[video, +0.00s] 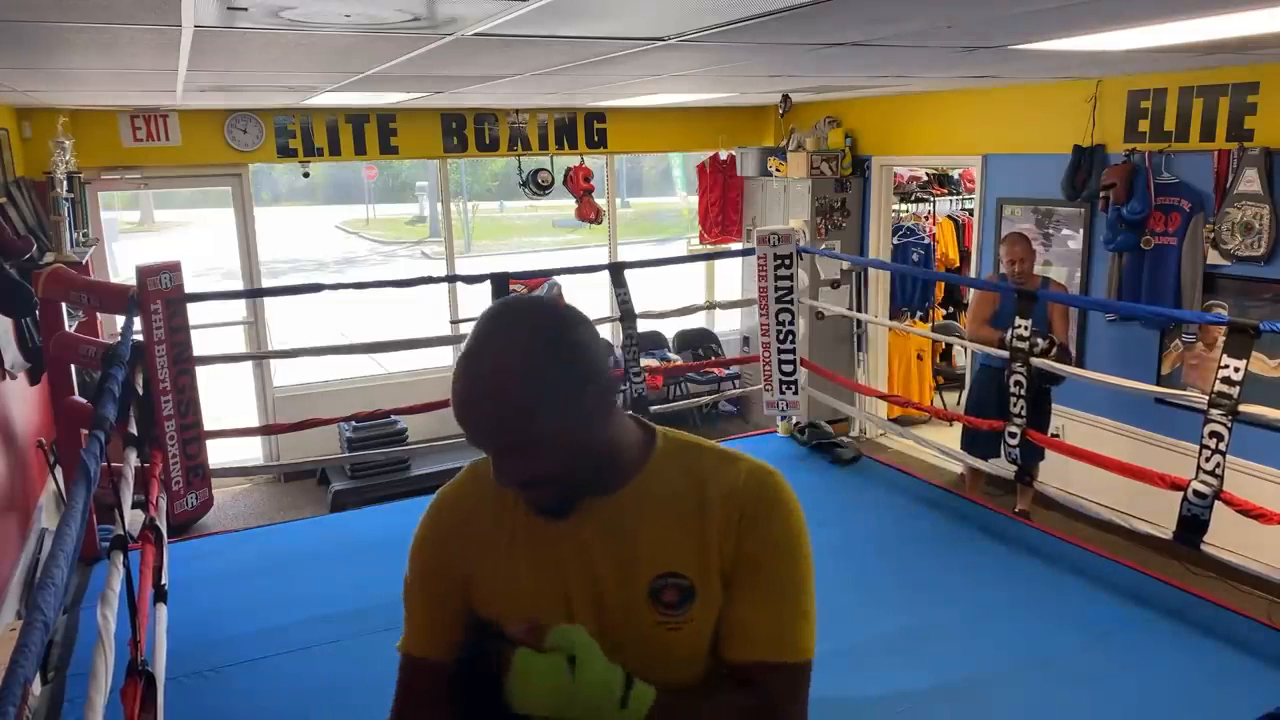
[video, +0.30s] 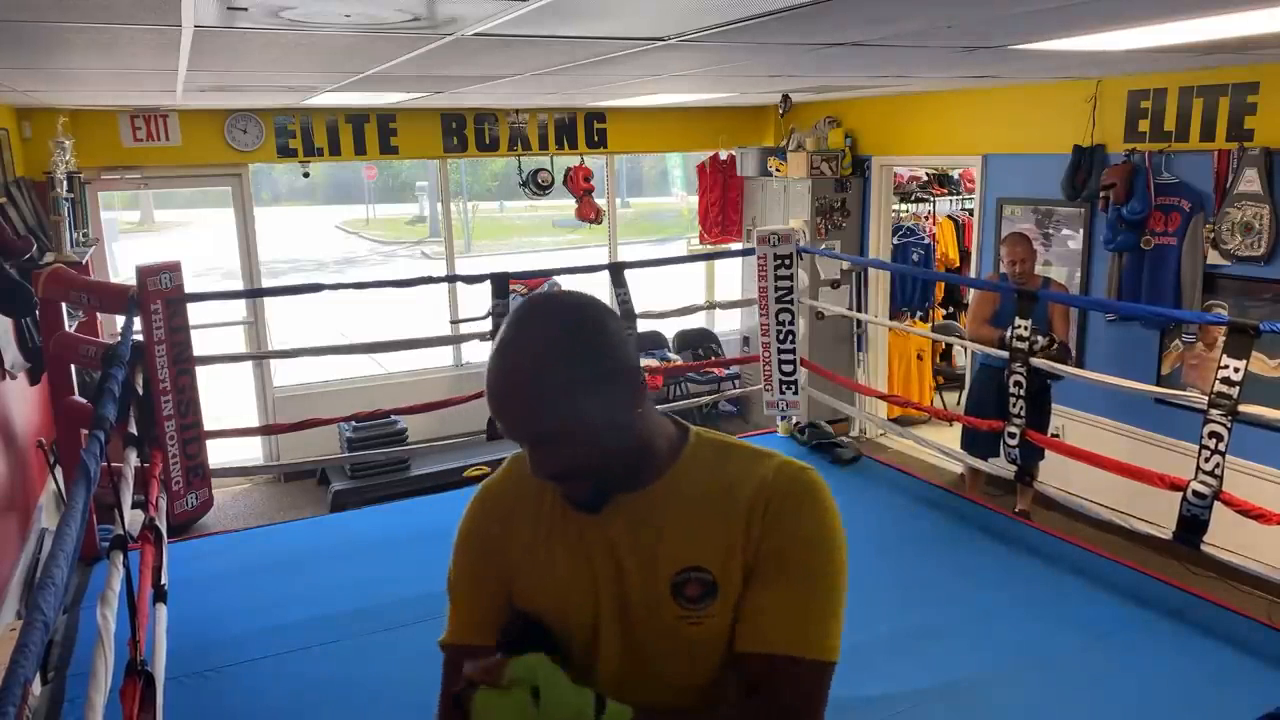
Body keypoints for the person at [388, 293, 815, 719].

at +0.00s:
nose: (507, 481)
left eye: (529, 455)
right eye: (488, 453)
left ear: (609, 388)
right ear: (474, 427)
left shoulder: (747, 505)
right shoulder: (456, 518)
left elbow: (774, 702)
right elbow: (420, 699)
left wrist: (624, 700)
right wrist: (496, 686)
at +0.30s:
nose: (539, 470)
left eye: (556, 442)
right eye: (523, 444)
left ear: (638, 394)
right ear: (506, 423)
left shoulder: (780, 503)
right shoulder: (498, 508)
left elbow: (779, 707)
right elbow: (457, 705)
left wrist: (567, 706)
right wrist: (481, 696)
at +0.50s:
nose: (576, 466)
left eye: (598, 444)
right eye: (558, 438)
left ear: (673, 389)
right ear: (538, 411)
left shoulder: (813, 506)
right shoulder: (528, 503)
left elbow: (794, 708)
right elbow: (489, 703)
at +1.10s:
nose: (584, 486)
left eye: (615, 456)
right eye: (565, 455)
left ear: (680, 417)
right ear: (546, 426)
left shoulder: (783, 503)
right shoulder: (495, 516)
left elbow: (826, 707)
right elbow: (459, 701)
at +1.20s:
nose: (531, 489)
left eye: (559, 461)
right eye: (513, 460)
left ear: (626, 428)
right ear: (495, 436)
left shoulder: (732, 496)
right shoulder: (451, 534)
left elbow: (796, 684)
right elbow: (420, 706)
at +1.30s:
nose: (472, 511)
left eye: (503, 482)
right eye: (451, 480)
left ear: (574, 437)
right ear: (432, 453)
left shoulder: (678, 488)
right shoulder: (390, 564)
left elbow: (745, 685)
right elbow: (368, 709)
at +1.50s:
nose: (378, 568)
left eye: (413, 548)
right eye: (351, 541)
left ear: (478, 461)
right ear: (318, 476)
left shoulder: (556, 473)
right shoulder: (287, 623)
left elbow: (636, 654)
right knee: (423, 705)